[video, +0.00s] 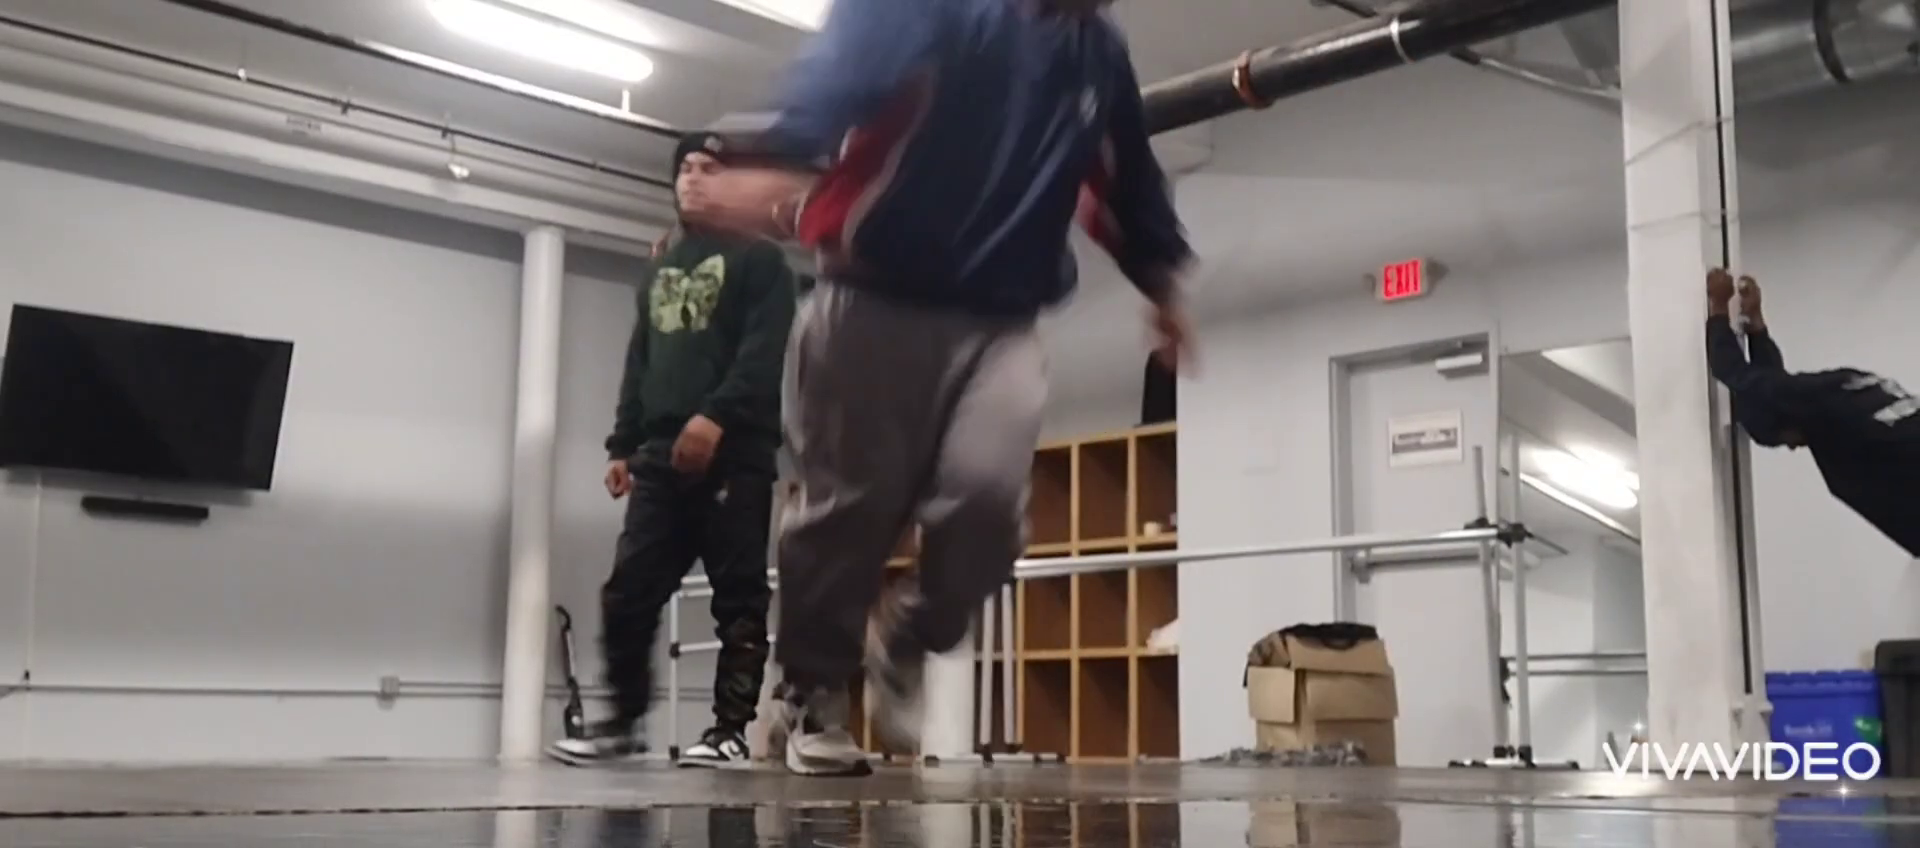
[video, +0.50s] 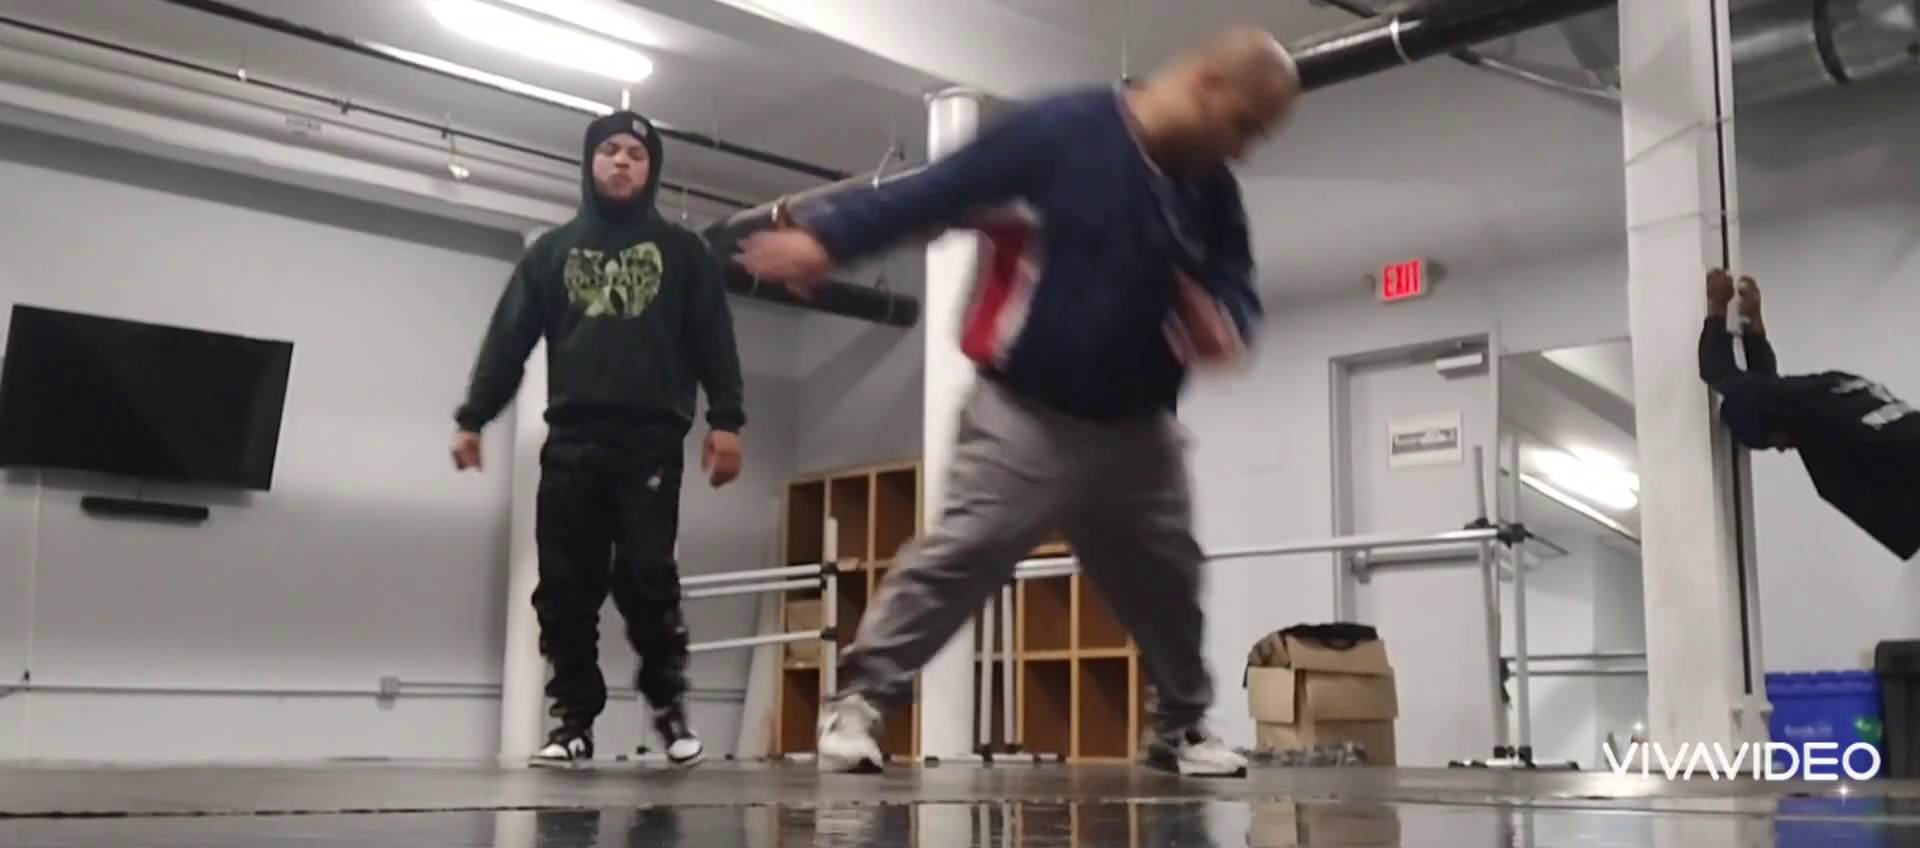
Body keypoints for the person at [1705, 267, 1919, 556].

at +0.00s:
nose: (1790, 447)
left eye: (1782, 439)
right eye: (1781, 444)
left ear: (1787, 420)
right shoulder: (1849, 385)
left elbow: (1733, 375)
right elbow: (1774, 386)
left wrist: (1717, 309)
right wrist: (1755, 323)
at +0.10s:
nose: (1788, 446)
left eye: (1779, 439)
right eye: (1778, 444)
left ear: (1783, 418)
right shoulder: (1845, 384)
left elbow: (1730, 375)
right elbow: (1773, 388)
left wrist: (1717, 309)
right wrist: (1754, 324)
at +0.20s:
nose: (1786, 447)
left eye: (1776, 439)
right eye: (1776, 445)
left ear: (1780, 418)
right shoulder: (1844, 385)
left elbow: (1726, 373)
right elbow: (1771, 391)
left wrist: (1717, 308)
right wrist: (1753, 323)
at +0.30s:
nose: (1783, 447)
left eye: (1773, 440)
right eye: (1773, 445)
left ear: (1777, 419)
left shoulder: (1806, 398)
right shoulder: (1840, 385)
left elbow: (1723, 373)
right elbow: (1767, 388)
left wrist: (1717, 307)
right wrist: (1753, 322)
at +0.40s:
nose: (1781, 448)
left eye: (1771, 441)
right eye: (1771, 447)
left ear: (1774, 422)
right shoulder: (1839, 387)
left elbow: (1722, 375)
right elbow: (1765, 388)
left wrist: (1716, 308)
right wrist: (1752, 324)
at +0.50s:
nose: (1779, 448)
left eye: (1769, 441)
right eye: (1769, 447)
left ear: (1771, 423)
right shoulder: (1834, 387)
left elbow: (1718, 375)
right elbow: (1763, 391)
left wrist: (1716, 308)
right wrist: (1752, 324)